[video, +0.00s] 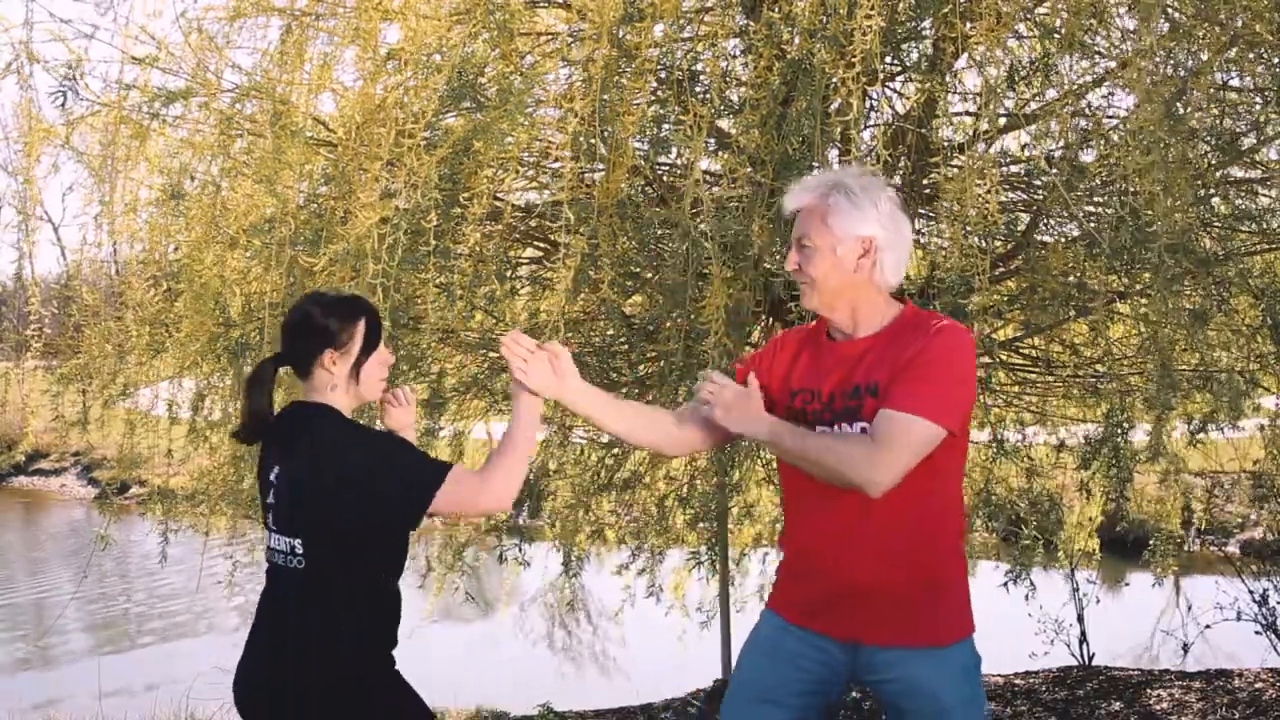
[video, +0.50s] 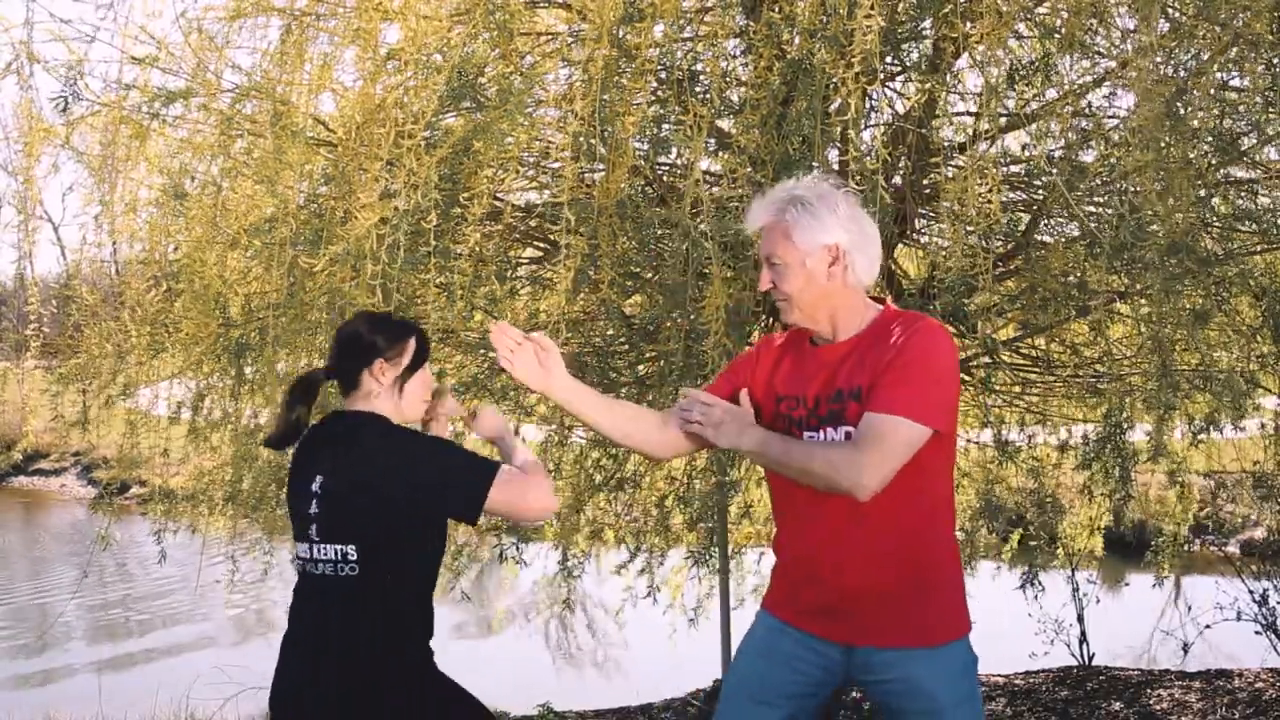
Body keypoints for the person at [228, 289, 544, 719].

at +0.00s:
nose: (390, 357)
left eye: (384, 344)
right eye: (378, 345)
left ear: (324, 365)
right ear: (333, 362)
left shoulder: (283, 432)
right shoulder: (359, 452)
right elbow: (493, 493)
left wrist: (400, 437)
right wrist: (529, 398)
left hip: (267, 682)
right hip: (348, 689)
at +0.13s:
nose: (405, 351)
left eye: (397, 339)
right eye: (391, 341)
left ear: (344, 358)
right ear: (350, 356)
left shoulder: (300, 434)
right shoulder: (387, 443)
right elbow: (522, 473)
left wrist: (420, 430)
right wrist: (542, 378)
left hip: (295, 682)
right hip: (381, 686)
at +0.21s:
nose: (414, 351)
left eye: (407, 337)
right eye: (401, 338)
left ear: (354, 352)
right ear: (359, 352)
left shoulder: (304, 431)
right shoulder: (392, 439)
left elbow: (388, 502)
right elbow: (527, 470)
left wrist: (425, 420)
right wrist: (535, 376)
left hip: (304, 681)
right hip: (390, 683)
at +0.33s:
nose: (416, 358)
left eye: (411, 343)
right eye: (405, 344)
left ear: (358, 358)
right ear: (363, 357)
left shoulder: (301, 435)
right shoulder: (392, 446)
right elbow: (527, 475)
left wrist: (429, 424)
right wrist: (534, 377)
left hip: (300, 684)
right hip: (388, 686)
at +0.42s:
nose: (419, 368)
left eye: (414, 354)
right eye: (409, 354)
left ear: (361, 363)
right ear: (366, 361)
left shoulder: (302, 437)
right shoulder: (393, 448)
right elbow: (528, 480)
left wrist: (436, 429)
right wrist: (528, 384)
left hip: (297, 683)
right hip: (384, 685)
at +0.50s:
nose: (431, 382)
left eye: (428, 368)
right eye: (424, 368)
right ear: (382, 372)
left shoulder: (312, 446)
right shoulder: (407, 454)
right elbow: (539, 499)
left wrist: (436, 432)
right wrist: (504, 436)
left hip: (300, 687)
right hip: (390, 688)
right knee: (482, 712)